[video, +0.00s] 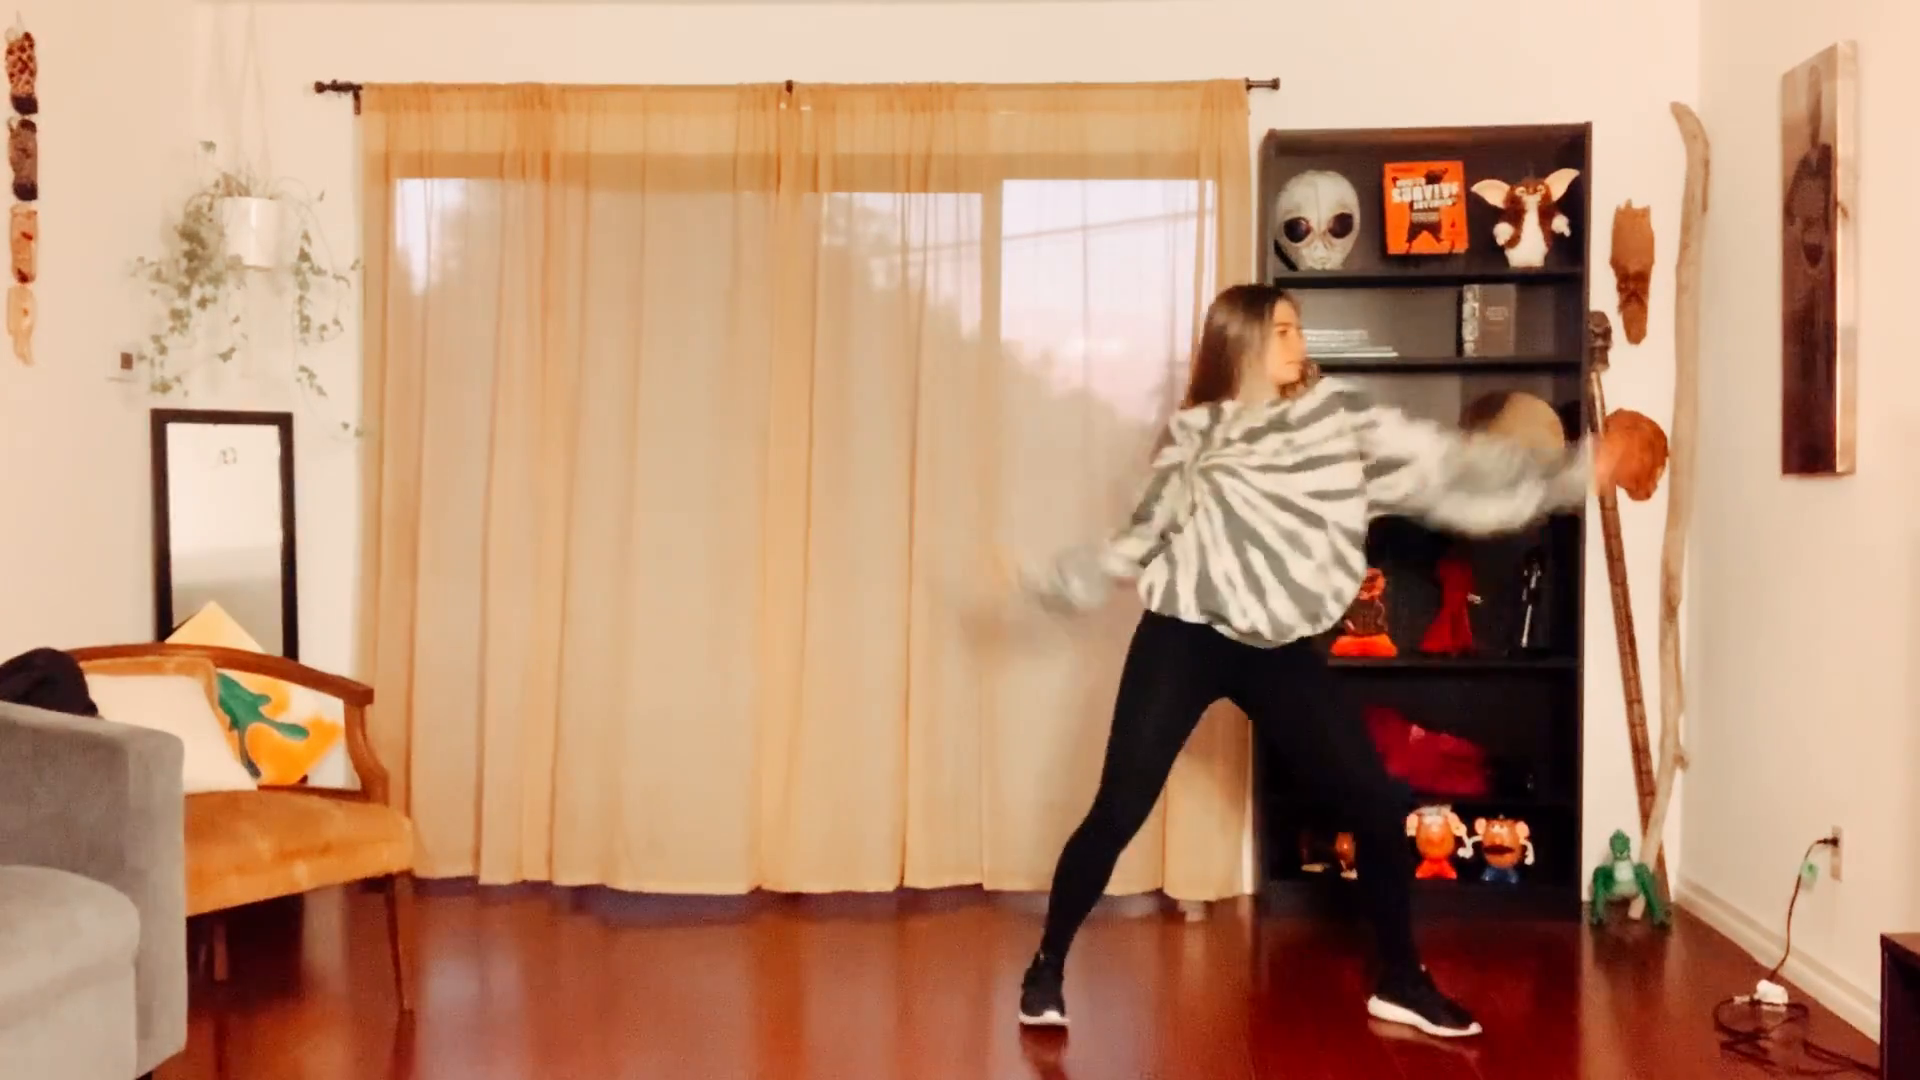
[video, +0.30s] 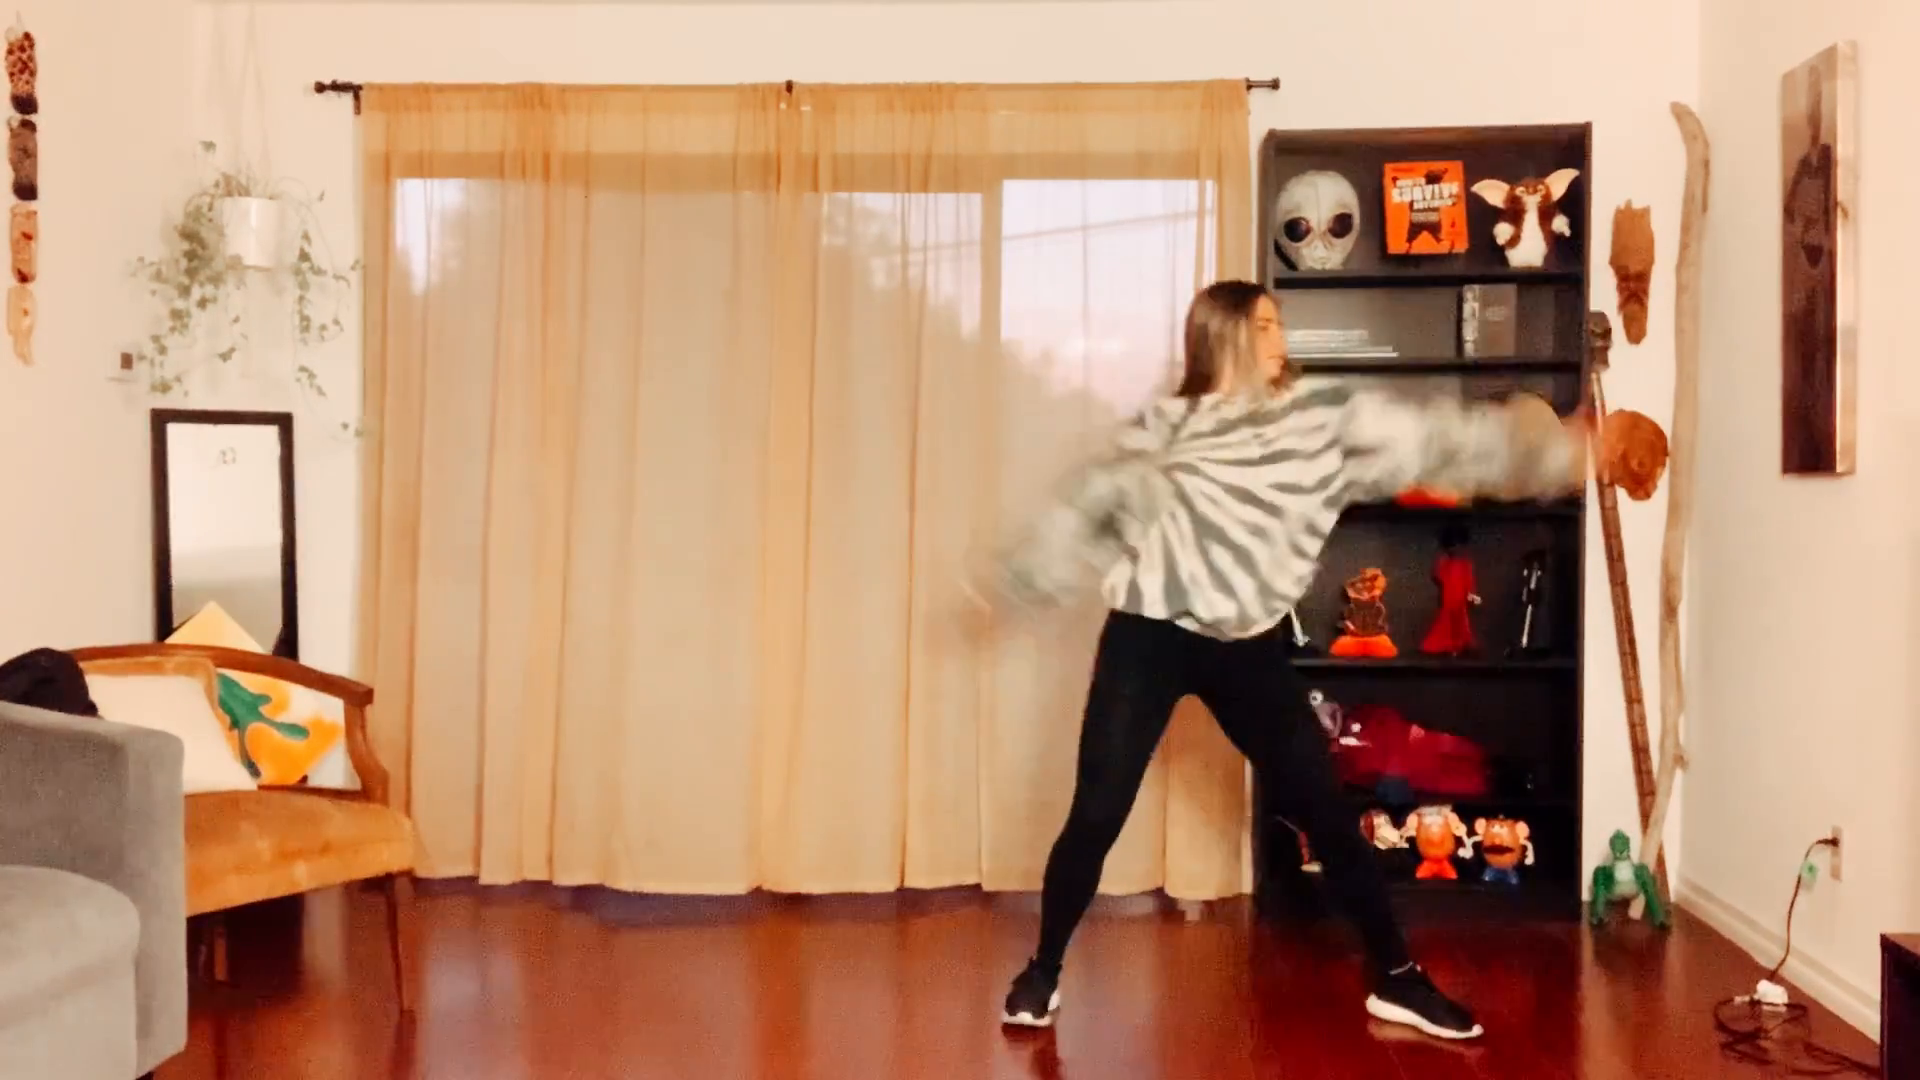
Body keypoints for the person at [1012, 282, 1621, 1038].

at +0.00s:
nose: (1299, 340)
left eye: (1298, 327)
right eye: (1283, 328)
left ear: (1296, 342)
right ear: (1243, 343)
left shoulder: (1344, 422)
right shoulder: (1200, 435)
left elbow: (1456, 470)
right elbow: (1139, 540)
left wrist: (1575, 472)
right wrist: (1048, 581)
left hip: (1284, 648)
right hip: (1182, 635)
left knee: (1377, 803)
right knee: (1120, 807)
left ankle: (1398, 979)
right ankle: (1048, 965)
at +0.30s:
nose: (1282, 337)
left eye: (1280, 323)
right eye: (1267, 324)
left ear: (1270, 334)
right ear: (1228, 339)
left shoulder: (1326, 419)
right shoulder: (1163, 428)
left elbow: (1437, 435)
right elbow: (1080, 514)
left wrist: (1539, 439)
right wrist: (1011, 592)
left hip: (1249, 644)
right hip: (1145, 634)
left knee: (1326, 809)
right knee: (1095, 814)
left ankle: (1393, 977)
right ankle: (1042, 972)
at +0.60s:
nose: (1226, 341)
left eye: (1226, 328)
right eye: (1211, 328)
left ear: (1218, 342)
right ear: (1168, 335)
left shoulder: (1221, 447)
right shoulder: (1118, 408)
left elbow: (1220, 567)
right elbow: (1136, 302)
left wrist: (1243, 663)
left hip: (1163, 643)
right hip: (1091, 627)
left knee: (1256, 783)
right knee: (1089, 818)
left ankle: (1193, 950)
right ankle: (1001, 963)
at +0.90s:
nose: (1207, 351)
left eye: (1209, 339)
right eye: (1195, 336)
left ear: (1200, 344)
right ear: (1154, 336)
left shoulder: (1191, 417)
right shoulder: (1129, 399)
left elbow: (1246, 524)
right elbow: (1233, 416)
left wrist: (1266, 448)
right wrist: (1300, 409)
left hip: (1183, 638)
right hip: (1140, 636)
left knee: (1237, 809)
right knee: (1233, 811)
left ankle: (1139, 965)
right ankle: (1106, 944)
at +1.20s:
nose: (1233, 352)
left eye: (1239, 339)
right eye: (1218, 338)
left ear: (1247, 346)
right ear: (1182, 337)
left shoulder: (1258, 414)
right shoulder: (1144, 409)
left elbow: (1343, 440)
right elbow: (1095, 446)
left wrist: (1258, 384)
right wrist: (1214, 424)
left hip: (1244, 633)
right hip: (1185, 633)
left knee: (1272, 807)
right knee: (1304, 793)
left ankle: (1160, 951)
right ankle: (1320, 998)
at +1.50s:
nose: (1248, 324)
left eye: (1251, 308)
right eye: (1238, 306)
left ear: (1215, 308)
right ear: (1202, 304)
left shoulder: (1207, 379)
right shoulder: (1151, 374)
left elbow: (1271, 425)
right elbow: (1252, 430)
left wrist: (1258, 363)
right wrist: (1337, 398)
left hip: (1177, 601)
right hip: (1126, 601)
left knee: (1201, 780)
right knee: (1189, 781)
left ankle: (1159, 968)